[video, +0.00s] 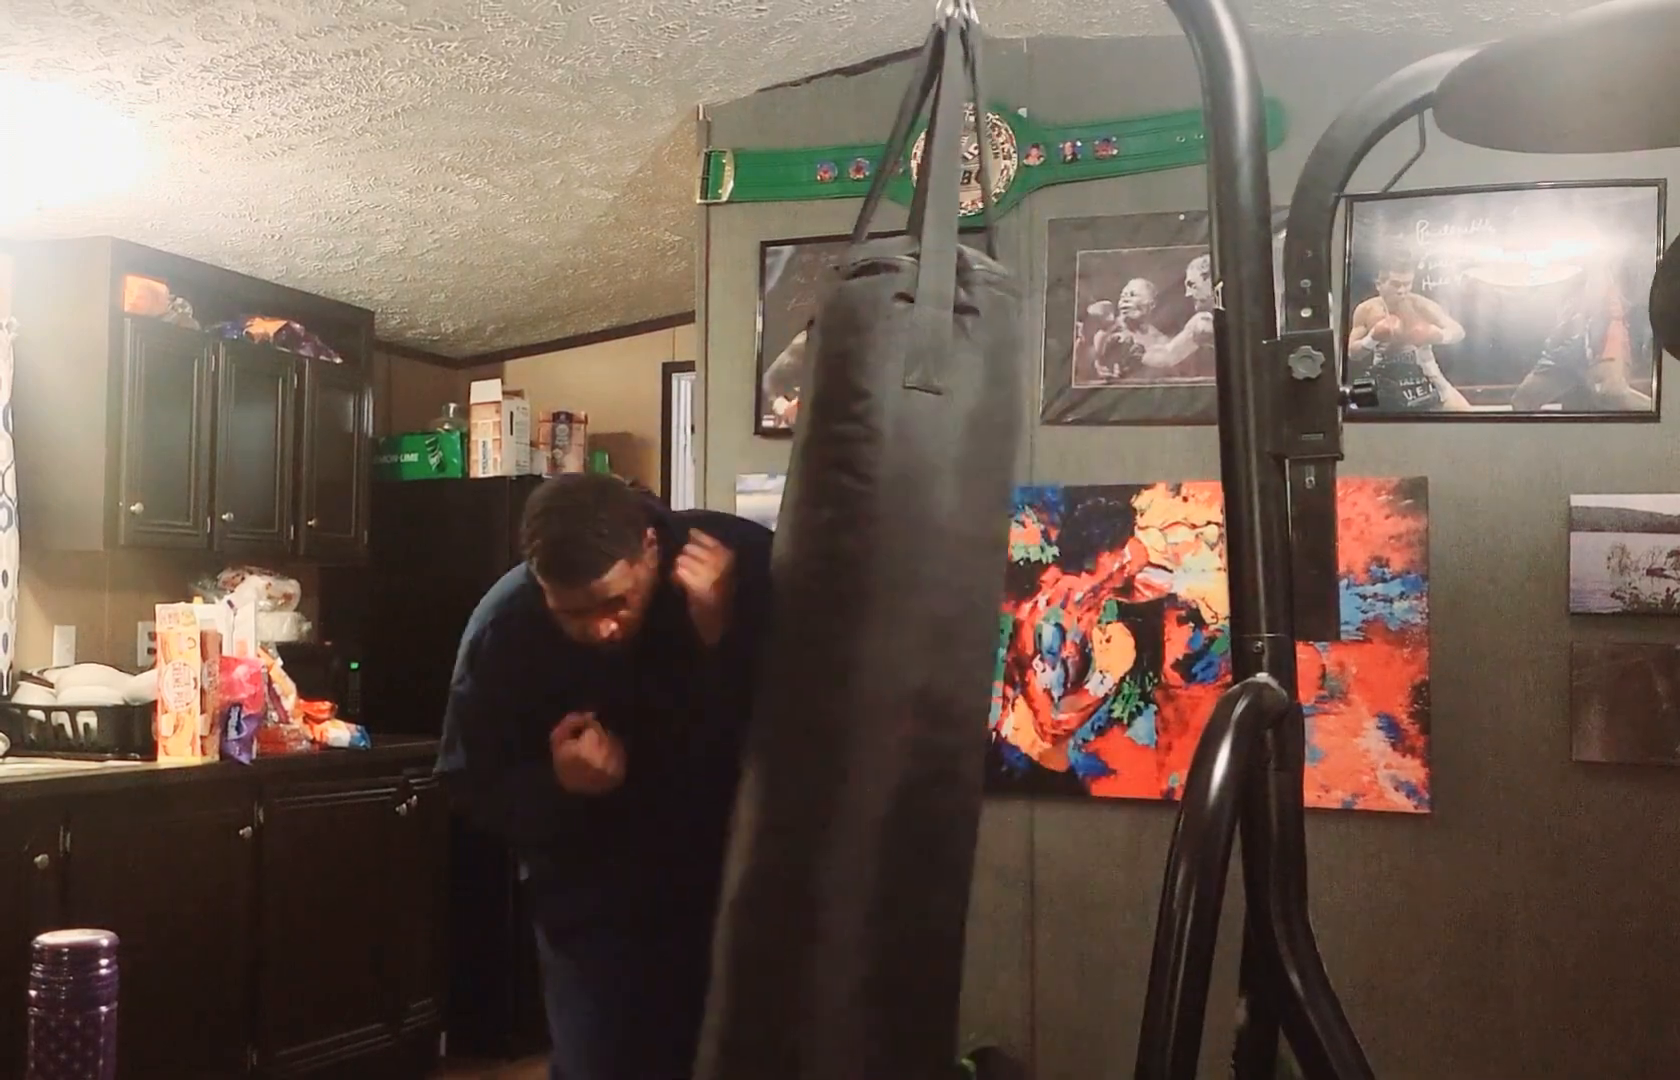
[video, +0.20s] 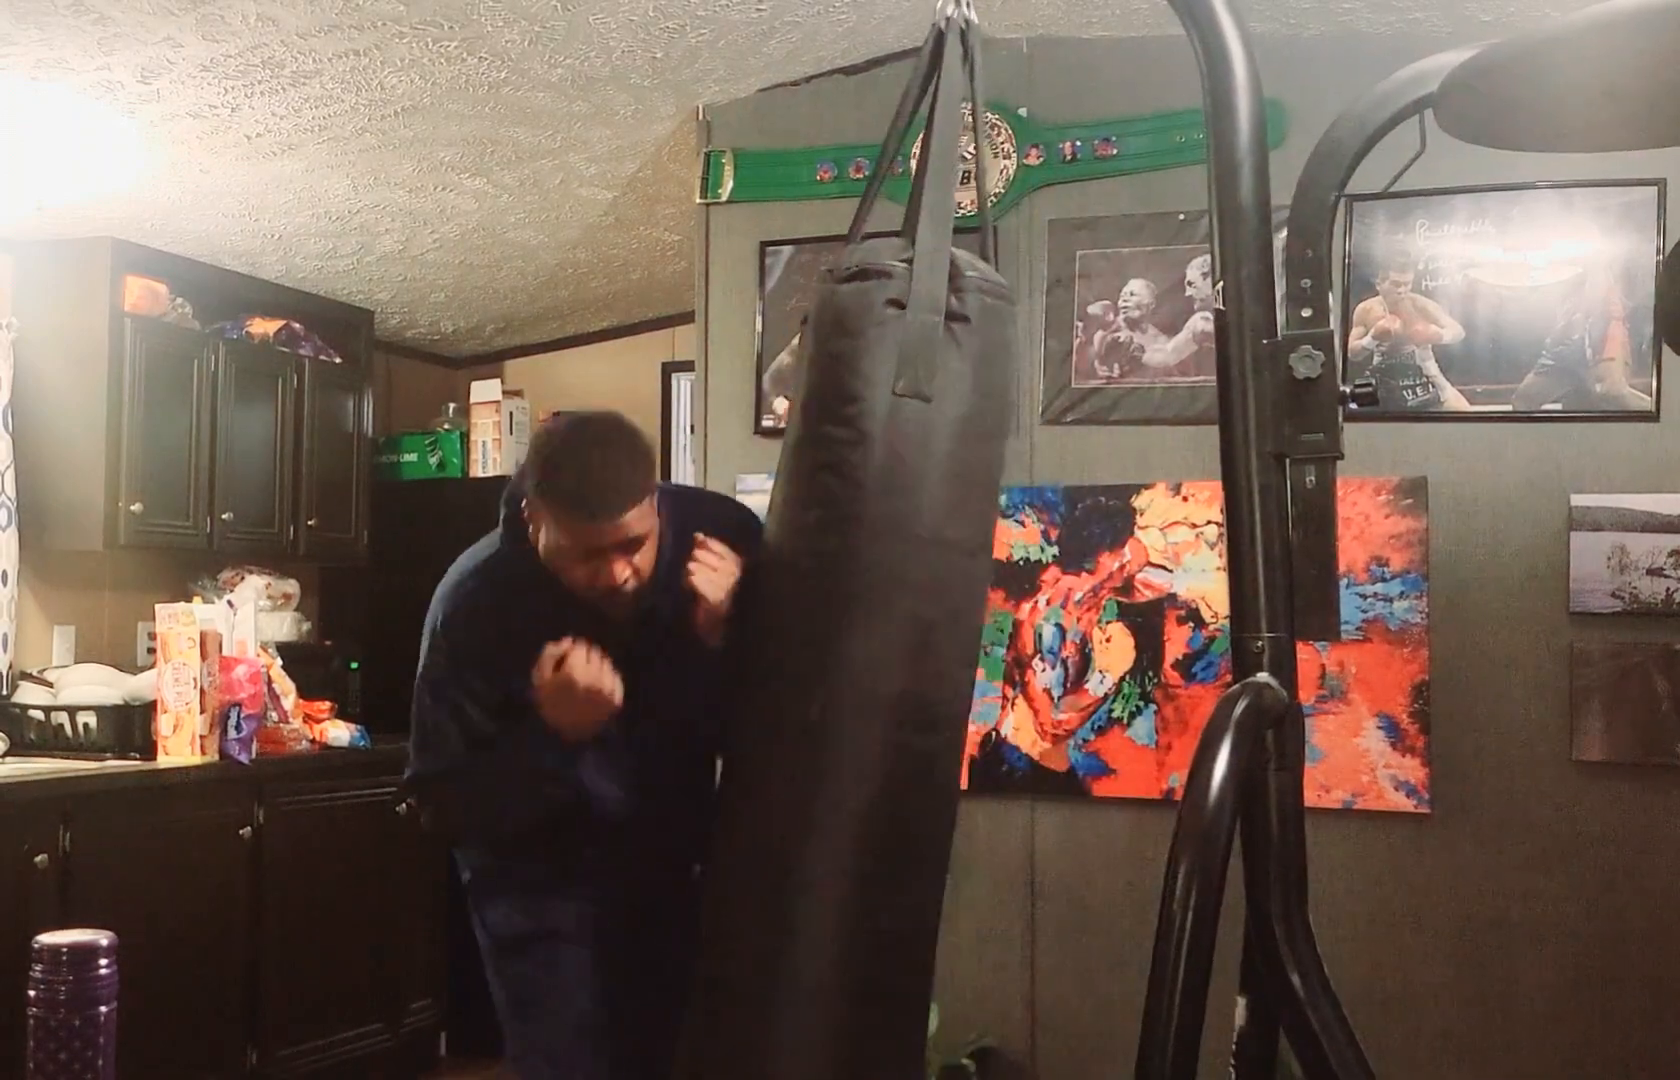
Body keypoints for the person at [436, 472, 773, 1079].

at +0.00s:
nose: (597, 630)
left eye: (615, 606)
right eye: (573, 615)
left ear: (651, 550)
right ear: (541, 583)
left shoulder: (746, 568)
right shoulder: (504, 630)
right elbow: (468, 783)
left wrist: (722, 632)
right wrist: (556, 781)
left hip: (720, 873)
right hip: (586, 892)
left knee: (715, 1055)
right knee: (596, 1060)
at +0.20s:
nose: (617, 575)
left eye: (634, 546)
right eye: (587, 556)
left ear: (657, 504)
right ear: (532, 522)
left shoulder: (728, 539)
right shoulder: (476, 601)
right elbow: (443, 799)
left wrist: (731, 632)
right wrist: (551, 733)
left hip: (671, 857)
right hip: (536, 881)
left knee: (675, 1054)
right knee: (567, 1060)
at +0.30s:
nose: (657, 523)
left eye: (670, 493)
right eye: (629, 503)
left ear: (682, 460)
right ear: (560, 479)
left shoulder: (704, 511)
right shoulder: (485, 572)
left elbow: (745, 701)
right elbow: (491, 794)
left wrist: (726, 623)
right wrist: (605, 640)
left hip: (632, 854)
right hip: (517, 866)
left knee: (646, 1059)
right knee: (564, 1063)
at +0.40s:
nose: (685, 471)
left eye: (696, 448)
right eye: (662, 449)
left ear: (706, 427)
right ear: (584, 426)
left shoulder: (625, 510)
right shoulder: (513, 535)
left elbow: (718, 669)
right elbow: (622, 740)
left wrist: (724, 581)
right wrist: (672, 545)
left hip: (581, 866)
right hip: (510, 882)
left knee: (597, 1054)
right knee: (562, 1064)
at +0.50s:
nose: (692, 447)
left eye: (699, 423)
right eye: (682, 418)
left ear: (607, 395)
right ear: (611, 394)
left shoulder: (567, 469)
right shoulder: (544, 489)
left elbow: (698, 624)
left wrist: (699, 467)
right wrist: (723, 460)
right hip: (506, 876)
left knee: (542, 1061)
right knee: (568, 1065)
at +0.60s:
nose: (716, 424)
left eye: (722, 403)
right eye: (705, 395)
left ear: (619, 386)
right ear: (624, 386)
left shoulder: (520, 449)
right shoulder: (578, 466)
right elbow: (751, 611)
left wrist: (693, 510)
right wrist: (749, 426)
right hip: (508, 859)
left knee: (498, 1061)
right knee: (573, 1062)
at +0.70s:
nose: (690, 450)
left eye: (698, 427)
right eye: (685, 424)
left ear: (611, 398)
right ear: (619, 403)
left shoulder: (503, 456)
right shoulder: (581, 472)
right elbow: (758, 608)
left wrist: (683, 528)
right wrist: (748, 432)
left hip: (406, 835)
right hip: (496, 863)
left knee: (432, 1058)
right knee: (587, 1062)